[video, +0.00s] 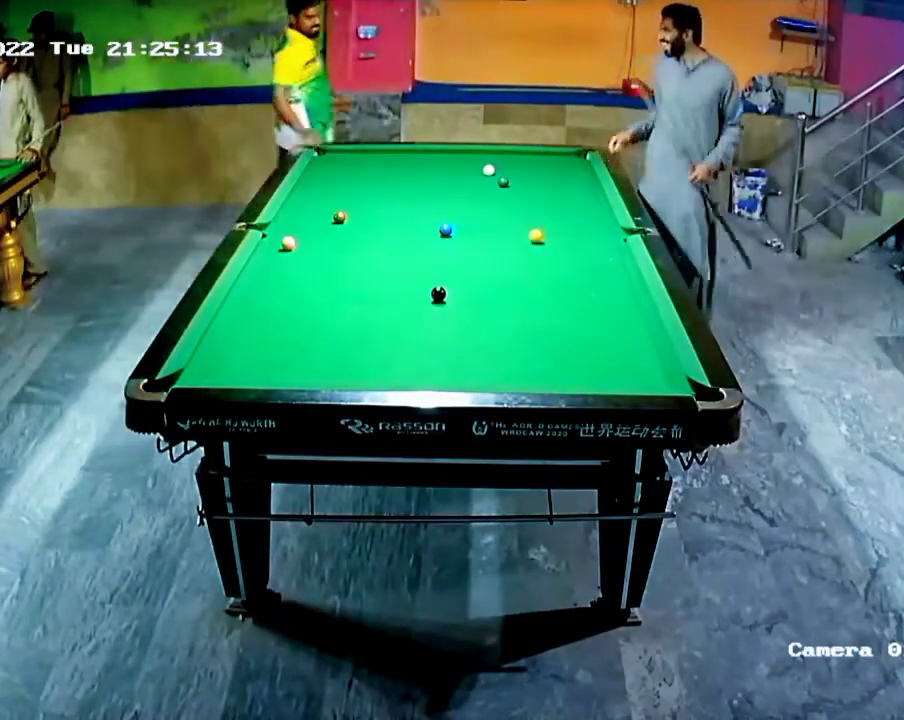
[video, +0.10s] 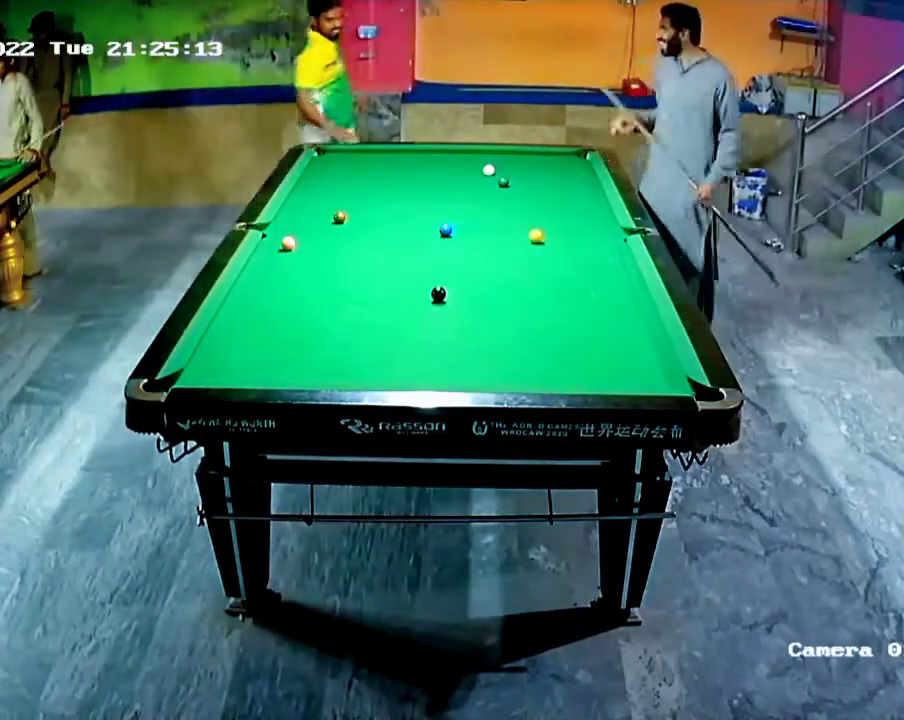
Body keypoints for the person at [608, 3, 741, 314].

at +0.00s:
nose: (661, 36)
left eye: (667, 30)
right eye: (661, 30)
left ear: (689, 34)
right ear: (673, 33)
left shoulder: (721, 75)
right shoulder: (664, 66)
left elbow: (733, 129)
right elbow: (660, 115)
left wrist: (711, 163)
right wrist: (631, 133)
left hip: (691, 179)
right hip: (657, 173)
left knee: (689, 255)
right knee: (650, 247)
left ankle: (689, 323)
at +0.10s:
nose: (659, 35)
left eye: (665, 29)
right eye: (659, 28)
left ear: (686, 34)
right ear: (677, 33)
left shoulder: (718, 76)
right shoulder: (664, 67)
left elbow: (730, 135)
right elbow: (666, 115)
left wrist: (713, 181)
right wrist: (637, 118)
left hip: (694, 184)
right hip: (657, 176)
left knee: (692, 264)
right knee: (651, 254)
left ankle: (695, 333)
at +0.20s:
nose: (652, 34)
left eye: (658, 28)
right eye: (653, 27)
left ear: (678, 33)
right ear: (673, 33)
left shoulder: (712, 75)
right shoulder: (664, 65)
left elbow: (723, 134)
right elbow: (664, 110)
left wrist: (717, 185)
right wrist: (632, 112)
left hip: (689, 186)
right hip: (653, 177)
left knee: (690, 266)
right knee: (650, 258)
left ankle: (690, 332)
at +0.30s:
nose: (649, 34)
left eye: (655, 28)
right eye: (650, 28)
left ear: (675, 33)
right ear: (670, 33)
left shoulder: (708, 76)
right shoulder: (662, 65)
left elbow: (722, 132)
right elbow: (662, 113)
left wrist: (717, 185)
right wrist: (628, 110)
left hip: (681, 184)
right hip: (648, 175)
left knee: (688, 262)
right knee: (649, 255)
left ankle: (692, 327)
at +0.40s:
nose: (646, 37)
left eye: (651, 30)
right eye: (647, 30)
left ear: (671, 35)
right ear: (667, 35)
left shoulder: (704, 78)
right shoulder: (657, 66)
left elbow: (719, 136)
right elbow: (647, 109)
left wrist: (714, 187)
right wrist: (620, 106)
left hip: (671, 183)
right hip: (638, 171)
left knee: (670, 256)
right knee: (636, 249)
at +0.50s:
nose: (645, 38)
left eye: (651, 31)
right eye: (646, 31)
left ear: (671, 35)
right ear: (667, 35)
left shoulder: (703, 78)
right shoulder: (655, 67)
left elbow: (716, 137)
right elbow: (643, 106)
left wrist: (711, 189)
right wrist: (615, 100)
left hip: (669, 181)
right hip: (636, 170)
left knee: (665, 250)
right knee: (633, 242)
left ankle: (670, 308)